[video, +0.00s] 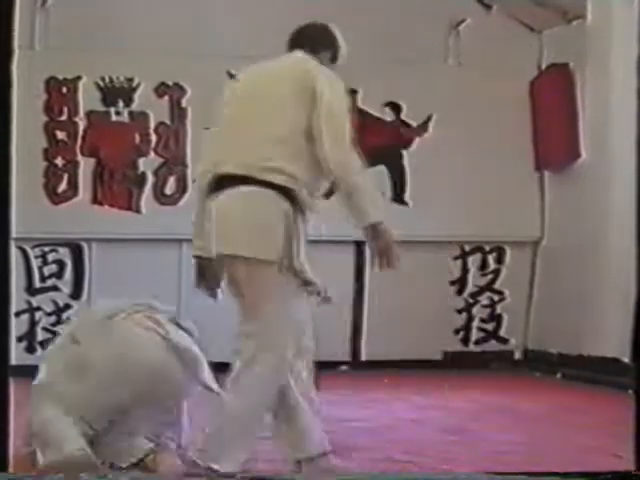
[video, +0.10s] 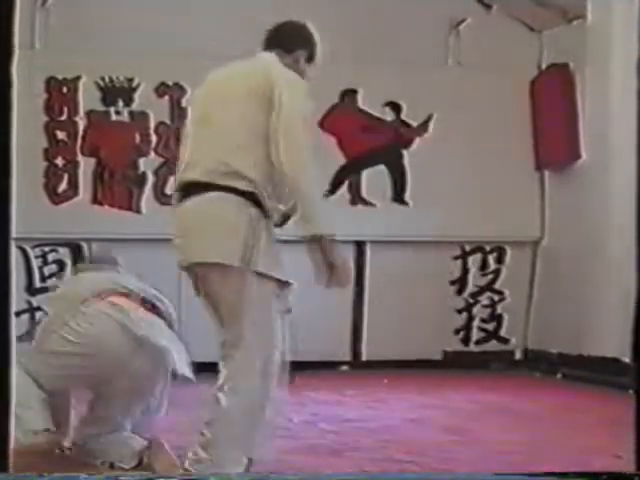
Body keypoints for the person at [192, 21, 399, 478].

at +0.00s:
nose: (334, 71)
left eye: (335, 66)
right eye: (335, 65)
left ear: (293, 47)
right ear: (326, 55)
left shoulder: (244, 81)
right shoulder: (321, 78)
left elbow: (209, 165)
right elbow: (338, 156)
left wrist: (204, 248)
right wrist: (374, 224)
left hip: (222, 209)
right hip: (265, 210)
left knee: (288, 337)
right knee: (268, 344)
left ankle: (307, 451)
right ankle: (218, 459)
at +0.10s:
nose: (306, 73)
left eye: (307, 67)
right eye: (307, 66)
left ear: (268, 46)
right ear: (298, 55)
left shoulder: (214, 81)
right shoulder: (285, 80)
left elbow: (196, 161)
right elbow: (292, 162)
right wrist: (323, 241)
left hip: (191, 218)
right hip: (232, 221)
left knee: (246, 345)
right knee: (255, 347)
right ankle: (224, 462)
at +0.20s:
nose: (291, 70)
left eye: (294, 62)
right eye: (293, 61)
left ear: (252, 42)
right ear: (282, 50)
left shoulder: (199, 75)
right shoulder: (262, 75)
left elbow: (173, 160)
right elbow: (257, 158)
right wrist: (277, 237)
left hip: (172, 217)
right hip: (212, 218)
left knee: (213, 348)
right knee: (235, 351)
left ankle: (171, 443)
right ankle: (220, 464)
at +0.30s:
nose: (266, 68)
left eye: (269, 59)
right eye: (267, 56)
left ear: (230, 40)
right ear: (251, 44)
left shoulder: (183, 70)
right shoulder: (228, 73)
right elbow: (214, 147)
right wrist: (208, 223)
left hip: (144, 214)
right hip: (176, 216)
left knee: (166, 350)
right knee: (214, 344)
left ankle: (106, 444)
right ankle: (218, 462)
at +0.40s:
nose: (251, 70)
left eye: (253, 61)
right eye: (251, 59)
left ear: (215, 41)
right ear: (237, 47)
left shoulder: (168, 73)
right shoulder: (208, 76)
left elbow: (137, 148)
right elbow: (186, 148)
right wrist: (175, 227)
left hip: (115, 214)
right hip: (146, 217)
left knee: (138, 347)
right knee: (192, 348)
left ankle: (102, 446)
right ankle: (203, 460)